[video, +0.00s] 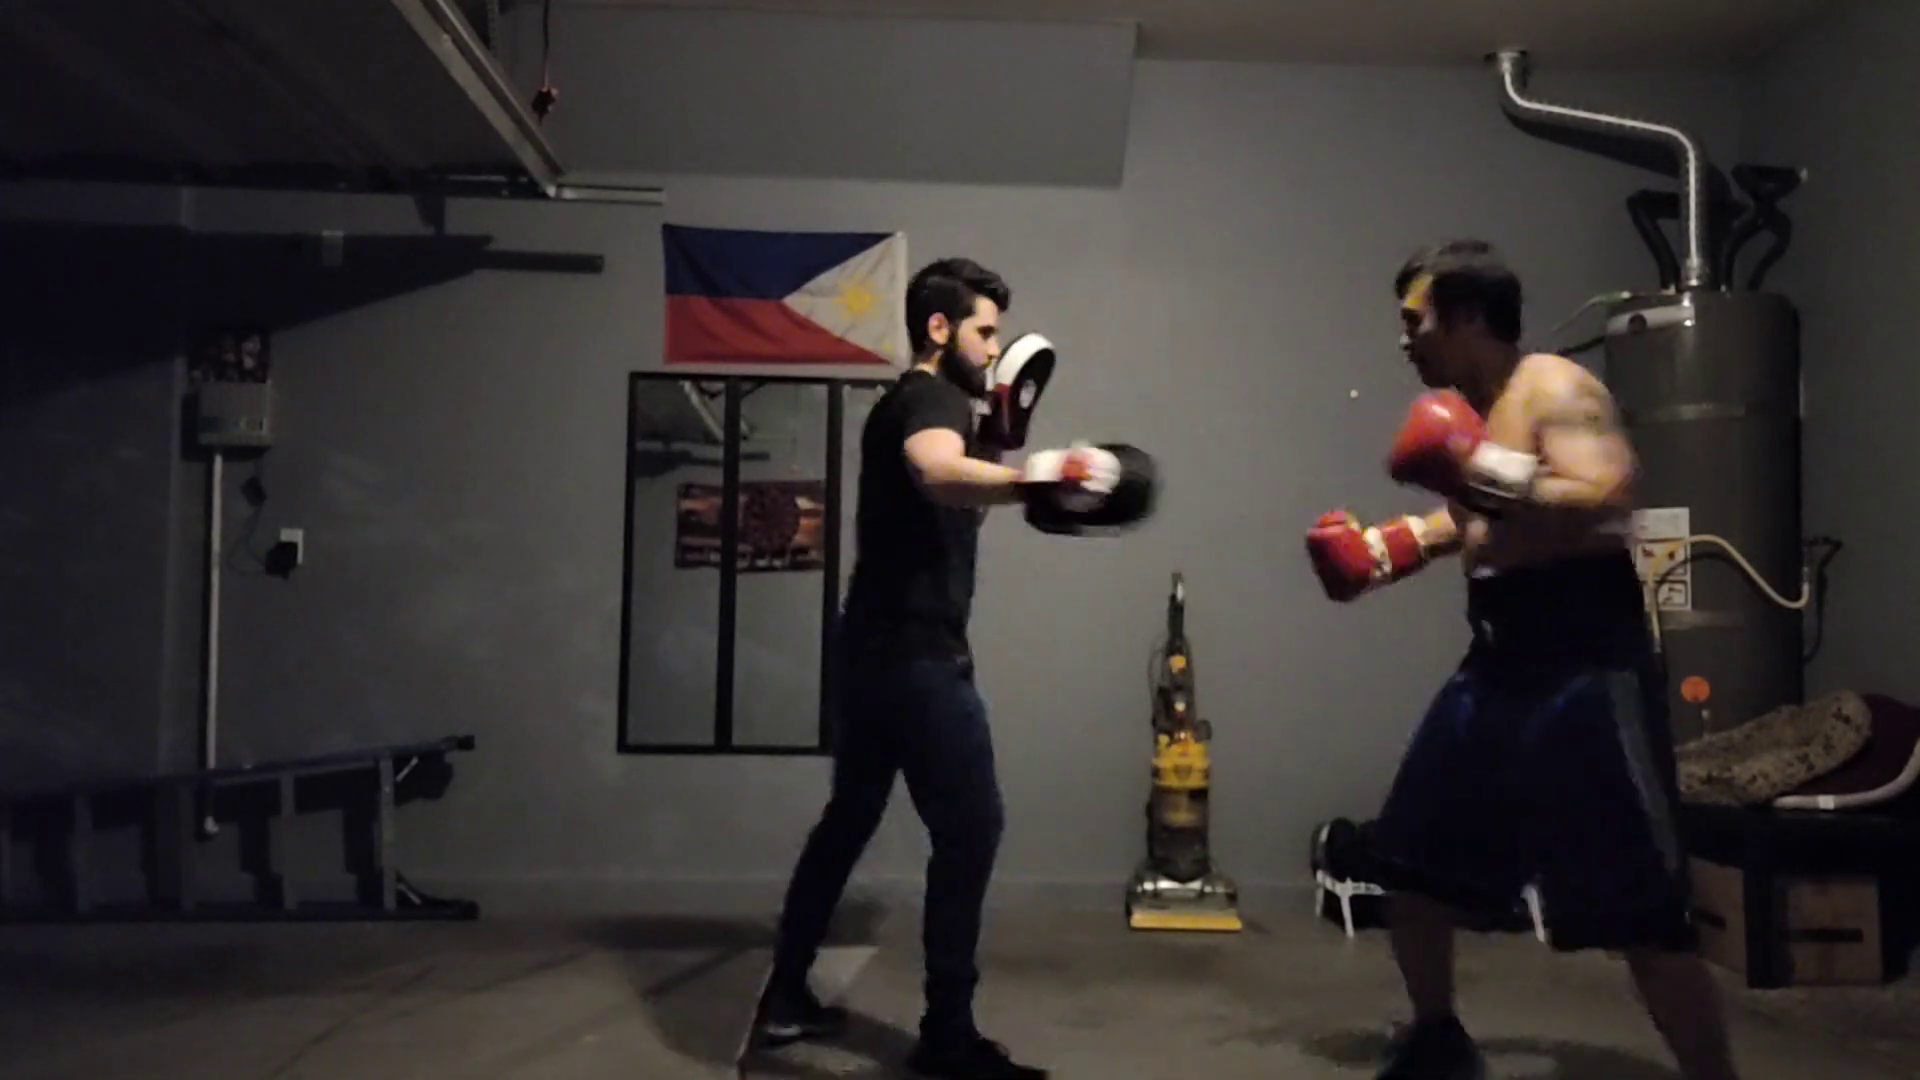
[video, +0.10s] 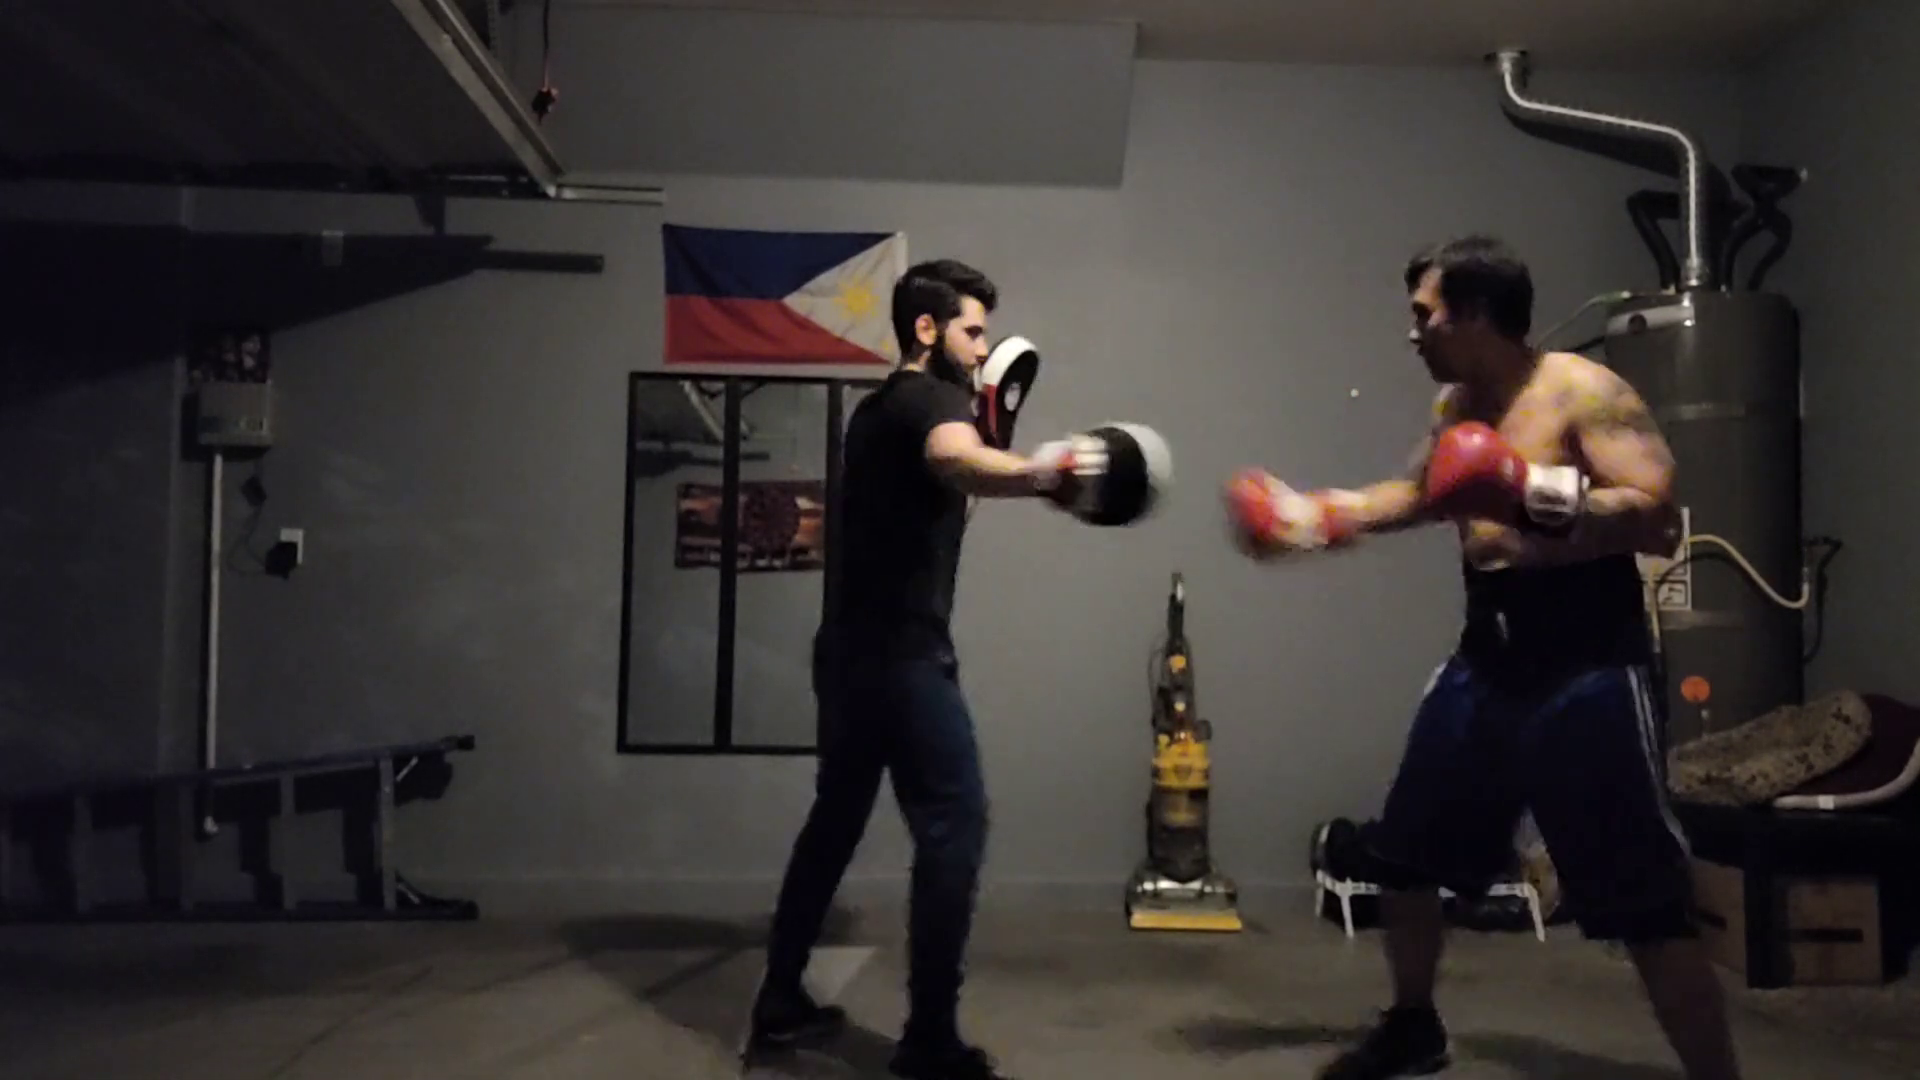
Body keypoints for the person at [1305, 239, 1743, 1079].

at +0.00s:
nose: (1406, 341)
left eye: (1418, 323)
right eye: (1403, 325)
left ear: (1472, 322)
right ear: (1464, 327)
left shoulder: (1554, 383)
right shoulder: (1475, 419)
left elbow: (1607, 488)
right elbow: (1481, 519)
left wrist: (1484, 474)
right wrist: (1386, 547)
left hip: (1590, 677)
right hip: (1498, 674)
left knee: (1643, 903)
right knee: (1411, 856)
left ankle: (1711, 1071)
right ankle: (1437, 1037)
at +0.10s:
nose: (1415, 335)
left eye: (1426, 317)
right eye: (1413, 318)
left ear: (1483, 320)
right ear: (1478, 321)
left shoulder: (1585, 388)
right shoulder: (1459, 407)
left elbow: (1655, 515)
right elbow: (1428, 494)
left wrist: (1526, 493)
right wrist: (1313, 513)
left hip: (1591, 675)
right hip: (1485, 670)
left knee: (1644, 898)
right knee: (1407, 852)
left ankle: (1715, 1074)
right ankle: (1412, 1023)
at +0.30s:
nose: (1387, 356)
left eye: (1399, 339)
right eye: (1387, 340)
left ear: (1451, 345)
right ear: (1443, 348)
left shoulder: (1537, 417)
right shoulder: (1414, 445)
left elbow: (1581, 536)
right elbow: (1349, 552)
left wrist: (1470, 494)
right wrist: (1308, 522)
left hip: (1554, 681)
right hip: (1467, 682)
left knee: (1612, 908)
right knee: (1394, 864)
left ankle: (1706, 1069)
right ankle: (1404, 1039)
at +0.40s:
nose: (1363, 340)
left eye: (1376, 325)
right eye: (1365, 325)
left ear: (1425, 333)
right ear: (1417, 335)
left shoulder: (1474, 392)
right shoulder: (1428, 421)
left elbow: (1459, 490)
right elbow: (1429, 565)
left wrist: (1353, 431)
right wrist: (1351, 544)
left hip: (1523, 662)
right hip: (1461, 667)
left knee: (1600, 902)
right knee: (1405, 859)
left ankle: (1710, 1069)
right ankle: (1403, 1038)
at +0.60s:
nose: (1365, 341)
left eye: (1377, 325)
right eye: (1365, 326)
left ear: (1430, 332)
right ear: (1423, 335)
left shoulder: (1471, 394)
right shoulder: (1427, 409)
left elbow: (1362, 498)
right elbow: (1359, 520)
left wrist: (1262, 439)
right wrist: (1328, 442)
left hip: (1502, 653)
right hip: (1440, 654)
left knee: (1561, 885)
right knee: (1370, 851)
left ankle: (1673, 1068)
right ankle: (1396, 1029)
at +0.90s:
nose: (1325, 337)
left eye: (1340, 322)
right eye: (1327, 324)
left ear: (1391, 331)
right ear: (1381, 336)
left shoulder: (1414, 385)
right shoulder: (1379, 415)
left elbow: (1264, 420)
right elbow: (1375, 553)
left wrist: (1177, 380)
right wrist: (1293, 508)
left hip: (1473, 650)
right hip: (1407, 655)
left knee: (1543, 877)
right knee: (1342, 850)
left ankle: (1652, 1059)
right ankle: (1347, 1032)